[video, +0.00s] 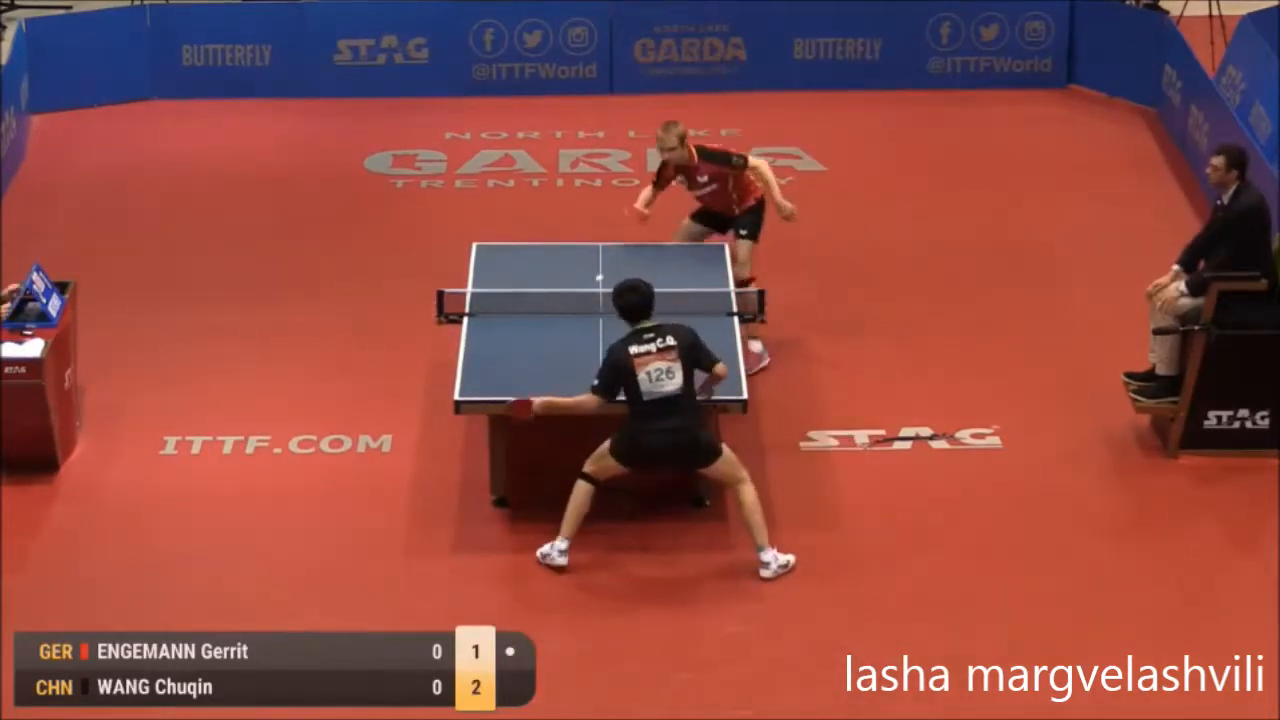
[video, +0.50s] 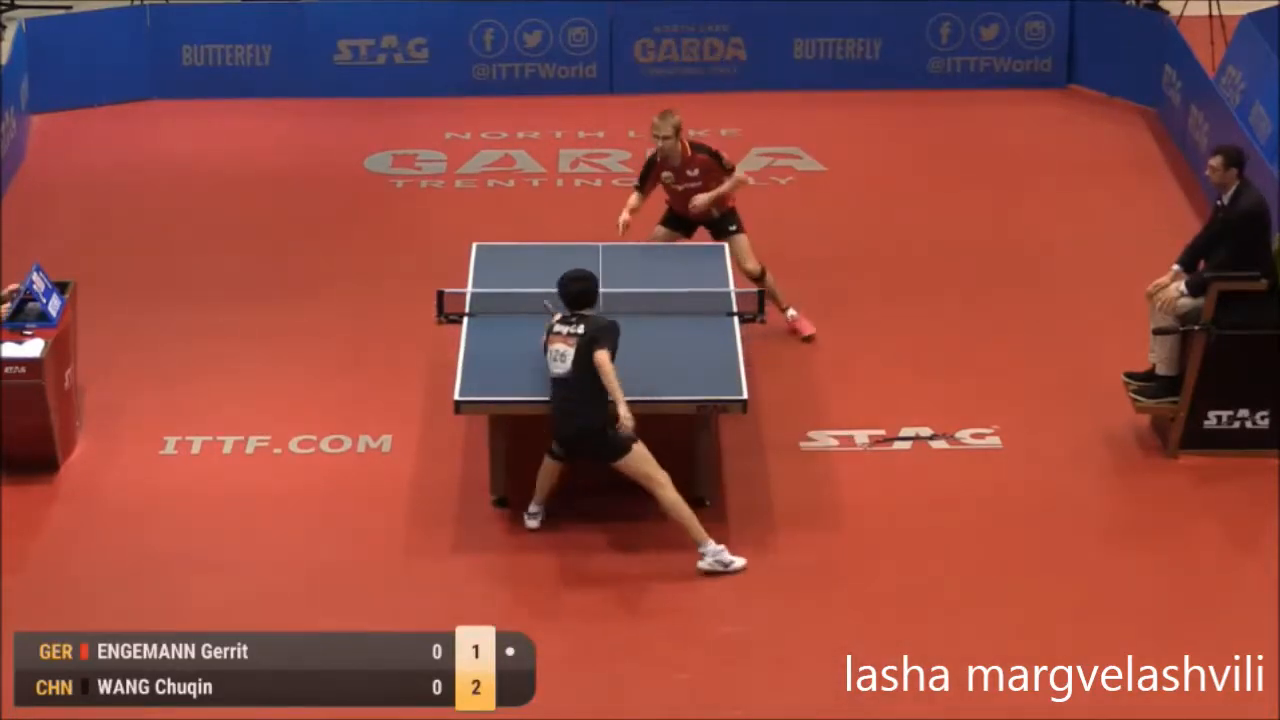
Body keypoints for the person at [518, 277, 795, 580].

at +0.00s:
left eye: (620, 306)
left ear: (620, 312)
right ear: (652, 306)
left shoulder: (619, 351)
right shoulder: (682, 334)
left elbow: (596, 401)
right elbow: (720, 371)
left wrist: (549, 404)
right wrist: (707, 386)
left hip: (640, 440)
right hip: (690, 437)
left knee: (591, 473)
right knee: (740, 480)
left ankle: (560, 548)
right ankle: (767, 556)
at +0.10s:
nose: (610, 313)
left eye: (608, 311)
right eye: (624, 307)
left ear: (608, 317)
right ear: (640, 308)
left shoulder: (610, 355)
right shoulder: (673, 333)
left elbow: (577, 399)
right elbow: (718, 356)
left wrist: (539, 387)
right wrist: (730, 370)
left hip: (637, 436)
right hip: (683, 436)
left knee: (591, 449)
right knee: (735, 482)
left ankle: (557, 521)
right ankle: (767, 556)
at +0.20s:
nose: (595, 313)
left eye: (591, 311)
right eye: (603, 306)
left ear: (592, 319)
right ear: (622, 308)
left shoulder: (594, 355)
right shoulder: (657, 330)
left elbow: (564, 390)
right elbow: (702, 351)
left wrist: (529, 370)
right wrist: (728, 366)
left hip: (624, 435)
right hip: (671, 434)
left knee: (578, 455)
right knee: (725, 490)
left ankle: (543, 513)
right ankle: (766, 557)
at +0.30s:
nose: (571, 317)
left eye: (568, 313)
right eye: (578, 311)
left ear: (567, 319)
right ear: (597, 311)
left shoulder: (566, 347)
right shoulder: (623, 334)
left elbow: (549, 373)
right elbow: (651, 361)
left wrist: (531, 348)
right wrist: (693, 386)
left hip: (589, 434)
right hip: (632, 433)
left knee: (563, 451)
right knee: (690, 492)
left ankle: (537, 512)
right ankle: (750, 548)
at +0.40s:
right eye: (583, 302)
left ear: (560, 314)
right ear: (591, 309)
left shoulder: (555, 341)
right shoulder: (607, 337)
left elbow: (543, 343)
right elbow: (622, 368)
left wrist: (542, 342)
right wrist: (660, 405)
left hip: (571, 434)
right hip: (611, 435)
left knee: (559, 453)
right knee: (672, 493)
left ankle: (536, 511)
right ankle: (731, 548)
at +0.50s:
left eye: (568, 296)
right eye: (593, 292)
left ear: (563, 300)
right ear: (596, 296)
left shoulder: (555, 326)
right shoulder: (603, 326)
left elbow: (548, 347)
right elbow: (601, 359)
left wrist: (557, 324)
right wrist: (621, 404)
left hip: (565, 424)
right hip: (600, 424)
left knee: (555, 454)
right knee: (659, 482)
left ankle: (534, 510)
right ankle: (708, 548)